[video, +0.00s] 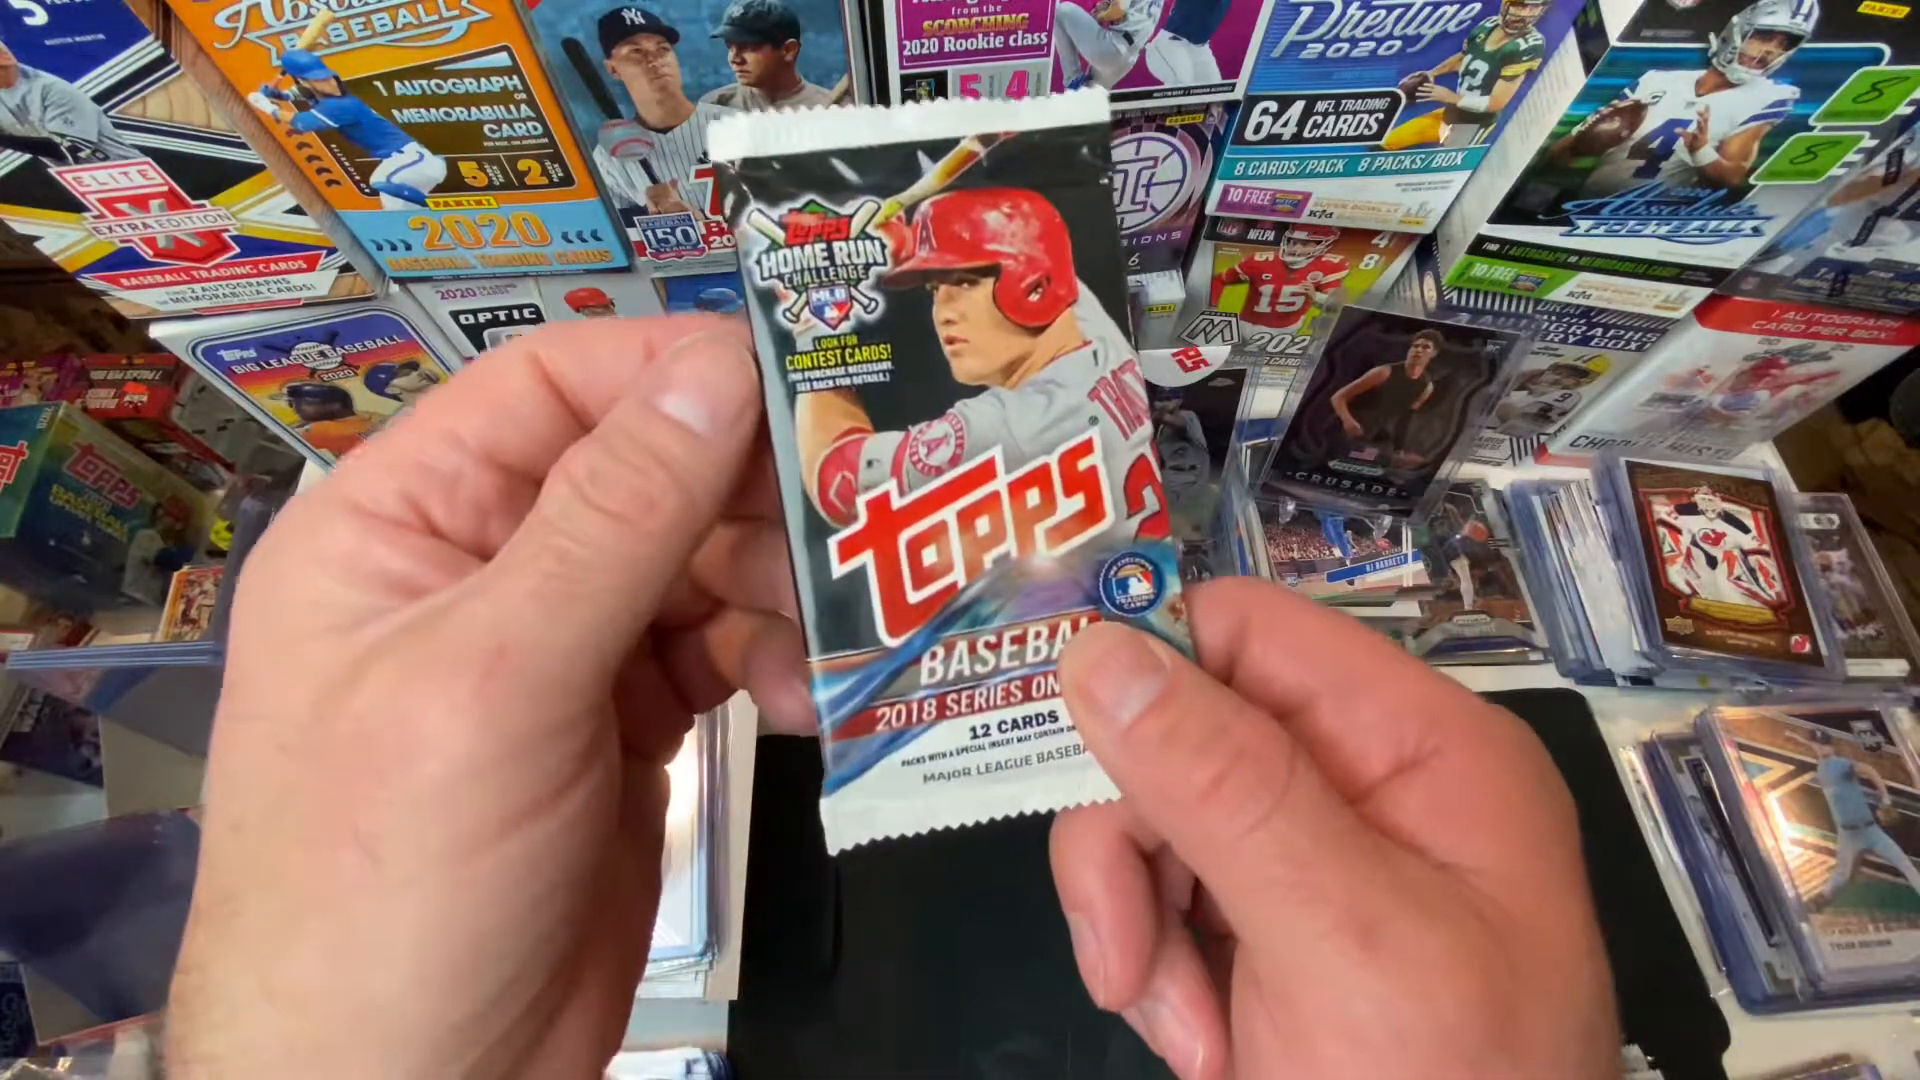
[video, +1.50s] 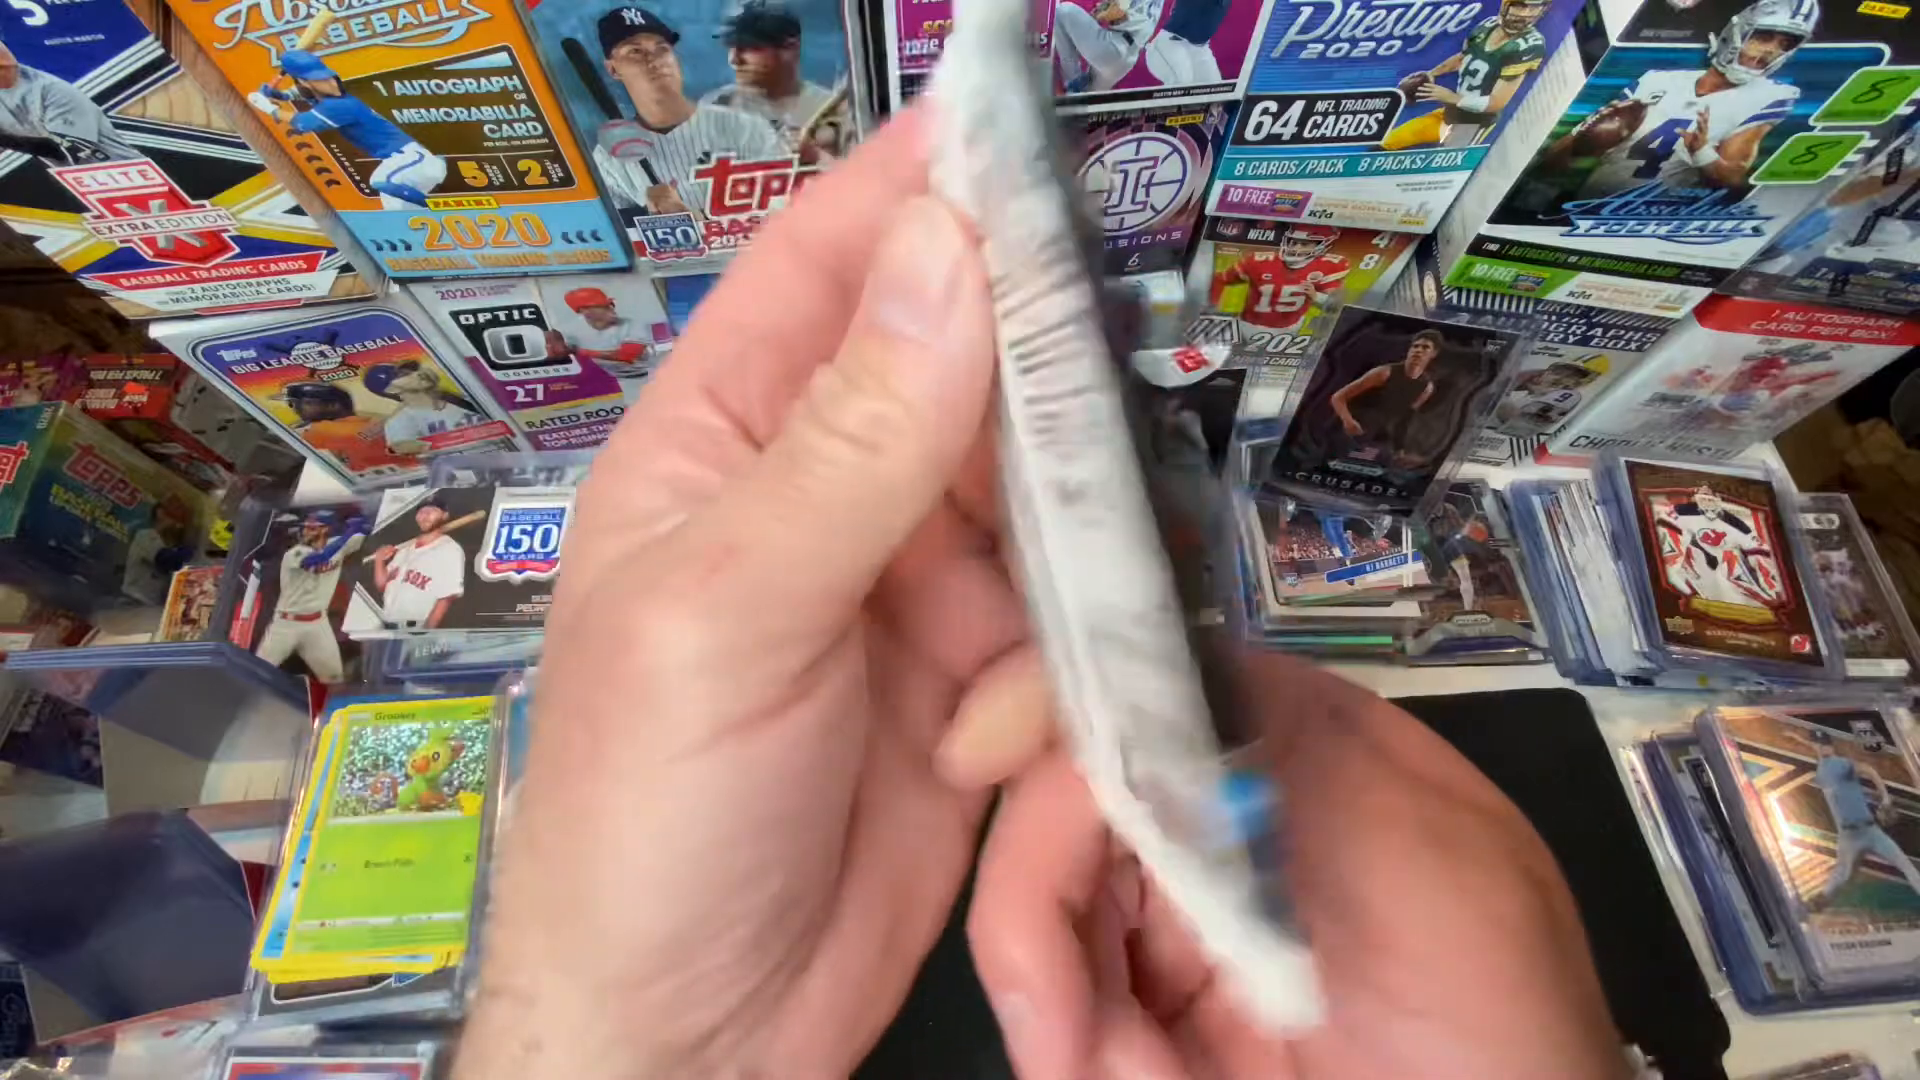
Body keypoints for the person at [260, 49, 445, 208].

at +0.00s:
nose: (329, 80)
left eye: (327, 75)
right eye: (321, 77)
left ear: (310, 82)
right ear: (305, 83)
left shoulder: (344, 106)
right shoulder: (332, 103)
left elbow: (300, 123)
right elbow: (300, 94)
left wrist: (271, 110)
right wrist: (276, 94)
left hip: (414, 159)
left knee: (380, 179)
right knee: (399, 221)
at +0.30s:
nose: (300, 87)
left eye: (301, 82)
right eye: (304, 82)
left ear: (309, 83)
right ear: (311, 82)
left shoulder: (343, 106)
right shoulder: (332, 100)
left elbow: (300, 123)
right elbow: (303, 91)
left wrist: (271, 109)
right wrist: (277, 94)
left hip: (414, 158)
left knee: (380, 180)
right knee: (398, 222)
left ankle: (433, 214)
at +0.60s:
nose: (330, 80)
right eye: (322, 77)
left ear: (307, 83)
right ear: (307, 83)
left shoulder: (342, 106)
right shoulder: (333, 104)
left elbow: (300, 123)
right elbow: (301, 94)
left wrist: (271, 110)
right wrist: (277, 95)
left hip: (414, 159)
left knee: (380, 180)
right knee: (400, 219)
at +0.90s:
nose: (331, 80)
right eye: (322, 78)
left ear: (308, 83)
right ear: (308, 83)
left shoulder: (342, 106)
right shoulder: (331, 103)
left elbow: (300, 123)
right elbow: (300, 93)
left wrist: (270, 109)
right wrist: (276, 94)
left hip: (414, 158)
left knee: (380, 180)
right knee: (399, 219)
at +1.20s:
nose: (331, 80)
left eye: (329, 75)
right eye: (323, 78)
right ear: (305, 84)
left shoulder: (341, 106)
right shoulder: (329, 103)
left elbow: (299, 122)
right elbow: (299, 94)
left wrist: (270, 109)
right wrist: (275, 94)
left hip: (415, 158)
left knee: (380, 179)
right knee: (400, 223)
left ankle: (436, 219)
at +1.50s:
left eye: (301, 82)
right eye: (301, 82)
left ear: (309, 83)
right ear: (311, 81)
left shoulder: (342, 106)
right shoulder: (333, 101)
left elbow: (299, 123)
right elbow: (303, 92)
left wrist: (270, 109)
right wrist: (277, 95)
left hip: (414, 158)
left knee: (381, 180)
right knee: (397, 219)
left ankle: (434, 212)